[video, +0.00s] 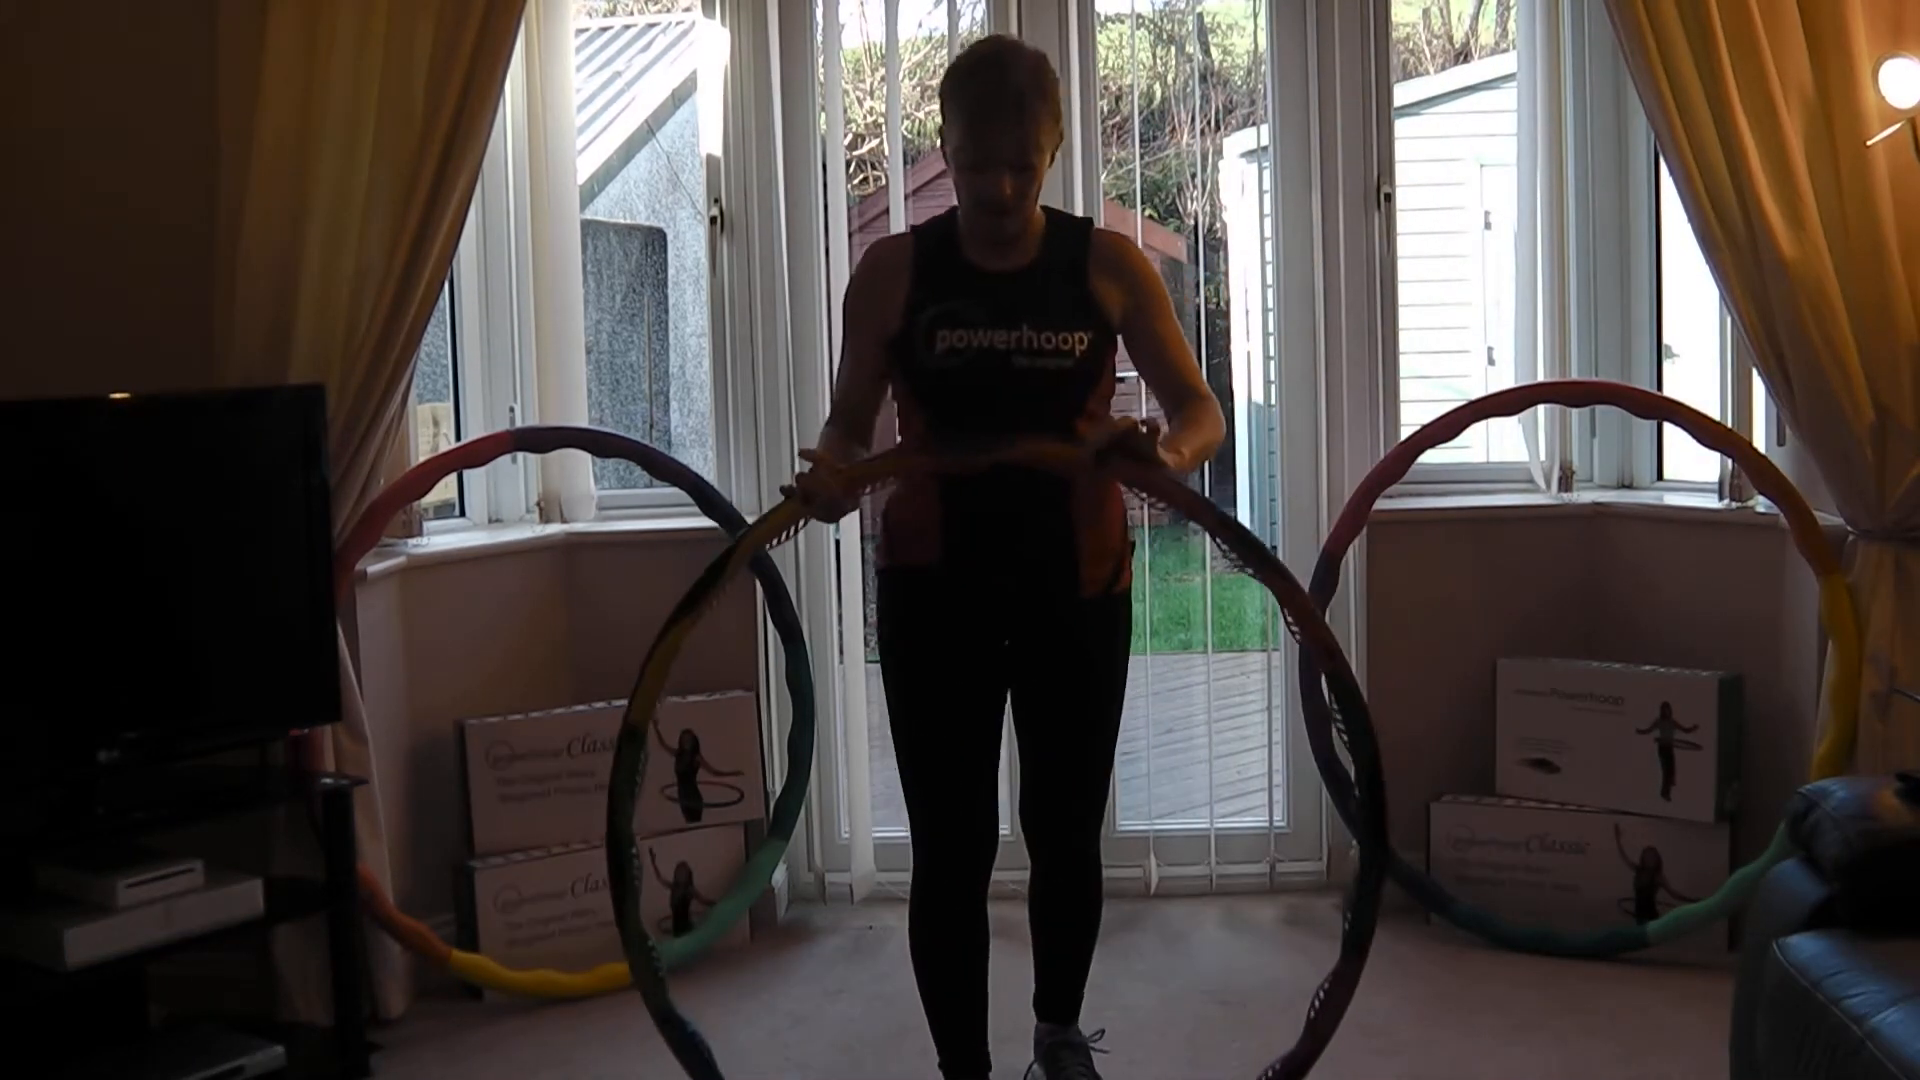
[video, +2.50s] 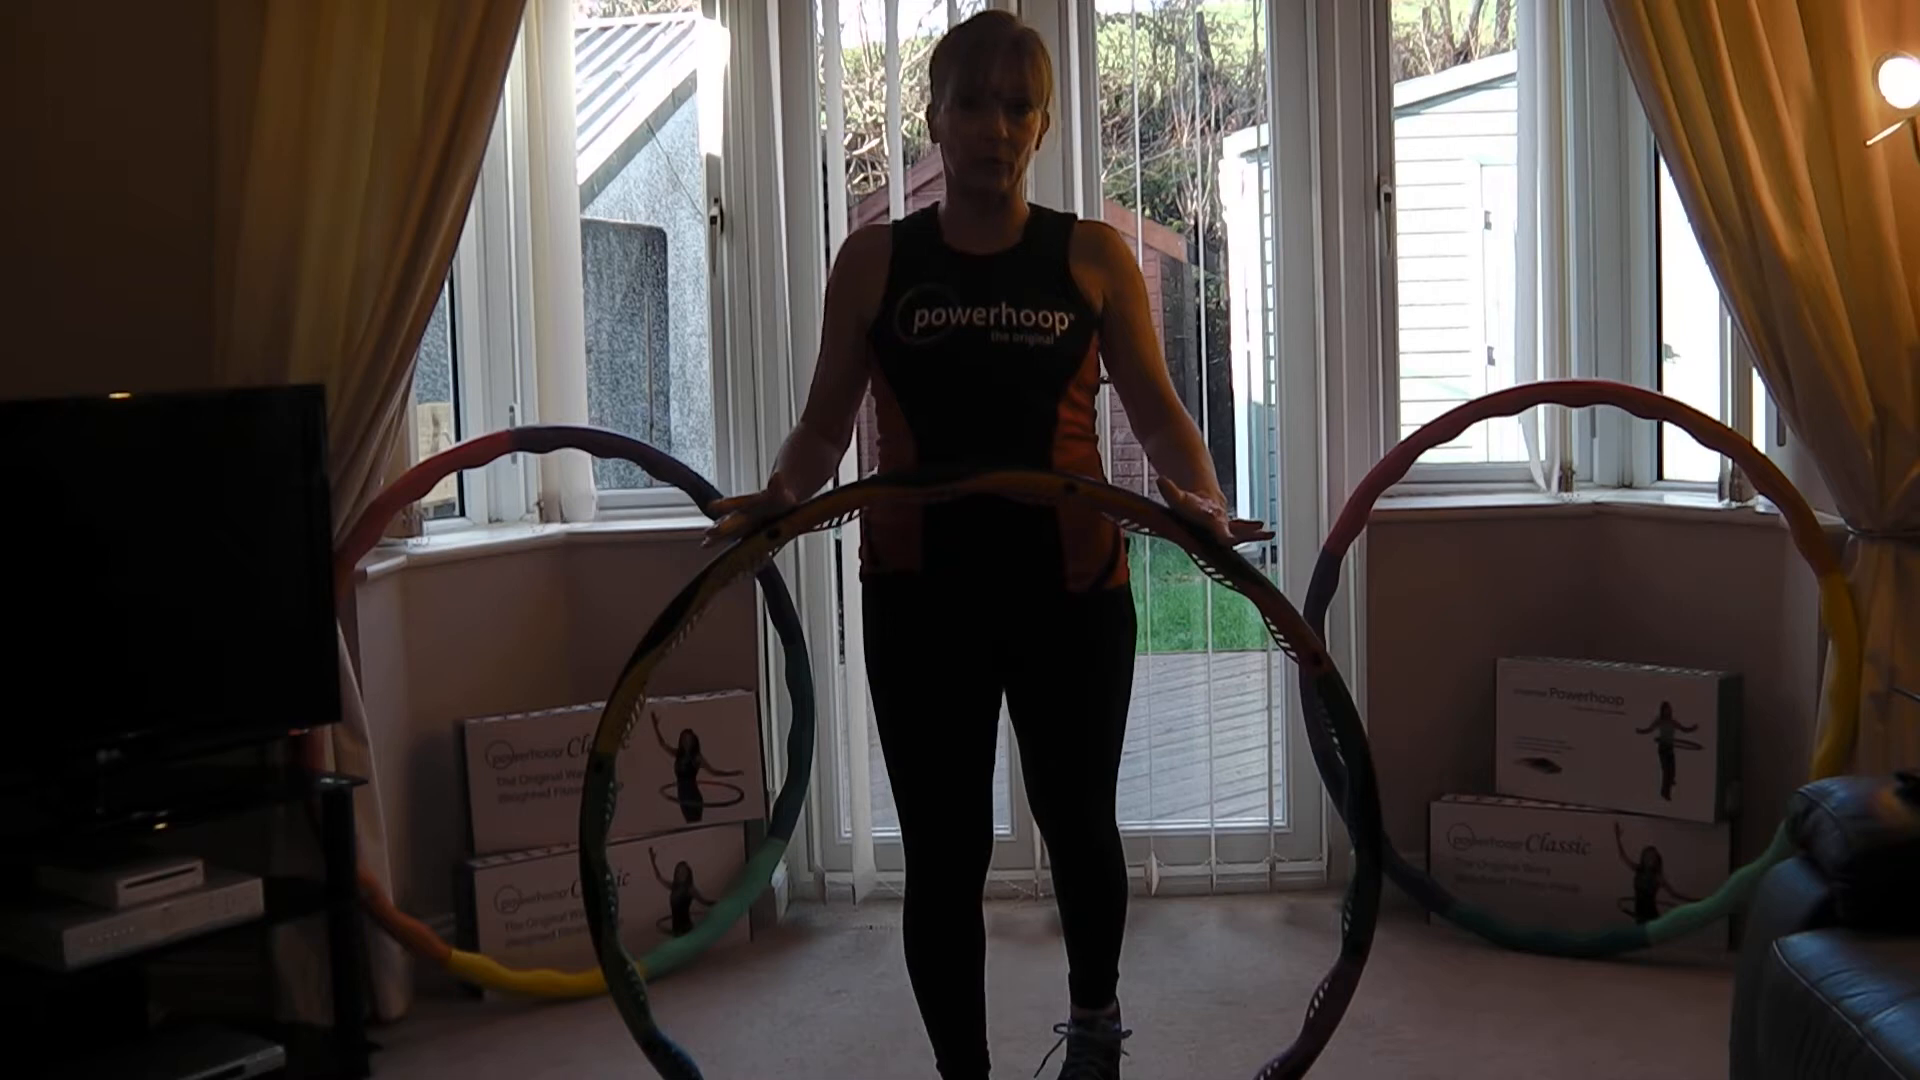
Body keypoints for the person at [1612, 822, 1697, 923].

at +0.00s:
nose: (1648, 860)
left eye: (1652, 857)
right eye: (1646, 856)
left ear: (1657, 859)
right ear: (1642, 858)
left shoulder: (1657, 876)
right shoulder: (1639, 871)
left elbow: (1673, 894)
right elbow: (1623, 857)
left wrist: (1693, 901)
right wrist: (1618, 839)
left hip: (1651, 913)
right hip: (1638, 912)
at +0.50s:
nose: (1648, 859)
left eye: (1651, 857)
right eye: (1646, 856)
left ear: (1656, 859)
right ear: (1642, 858)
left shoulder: (1657, 876)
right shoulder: (1639, 871)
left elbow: (1673, 894)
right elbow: (1623, 856)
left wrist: (1692, 901)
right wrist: (1618, 839)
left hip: (1651, 913)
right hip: (1639, 912)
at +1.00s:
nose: (1648, 859)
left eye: (1651, 856)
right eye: (1646, 856)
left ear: (1656, 859)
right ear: (1642, 858)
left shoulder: (1657, 876)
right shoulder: (1639, 870)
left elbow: (1673, 894)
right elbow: (1624, 857)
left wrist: (1692, 900)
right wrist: (1618, 839)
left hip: (1651, 913)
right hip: (1639, 912)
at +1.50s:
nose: (1648, 860)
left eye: (1651, 857)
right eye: (1646, 856)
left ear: (1657, 860)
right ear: (1642, 858)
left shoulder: (1657, 877)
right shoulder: (1639, 870)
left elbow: (1674, 894)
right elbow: (1623, 856)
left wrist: (1693, 901)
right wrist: (1618, 838)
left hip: (1651, 912)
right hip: (1639, 911)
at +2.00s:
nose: (1648, 860)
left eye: (1651, 857)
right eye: (1646, 856)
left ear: (1657, 860)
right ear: (1642, 858)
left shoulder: (1657, 877)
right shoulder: (1639, 870)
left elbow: (1674, 894)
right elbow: (1623, 857)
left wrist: (1693, 901)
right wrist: (1618, 838)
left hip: (1651, 912)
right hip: (1639, 911)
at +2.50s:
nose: (1649, 861)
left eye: (1652, 857)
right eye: (1647, 857)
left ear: (1657, 860)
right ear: (1642, 858)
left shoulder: (1658, 876)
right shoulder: (1638, 870)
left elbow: (1673, 894)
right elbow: (1622, 856)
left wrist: (1694, 901)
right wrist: (1618, 837)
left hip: (1651, 912)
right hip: (1639, 911)